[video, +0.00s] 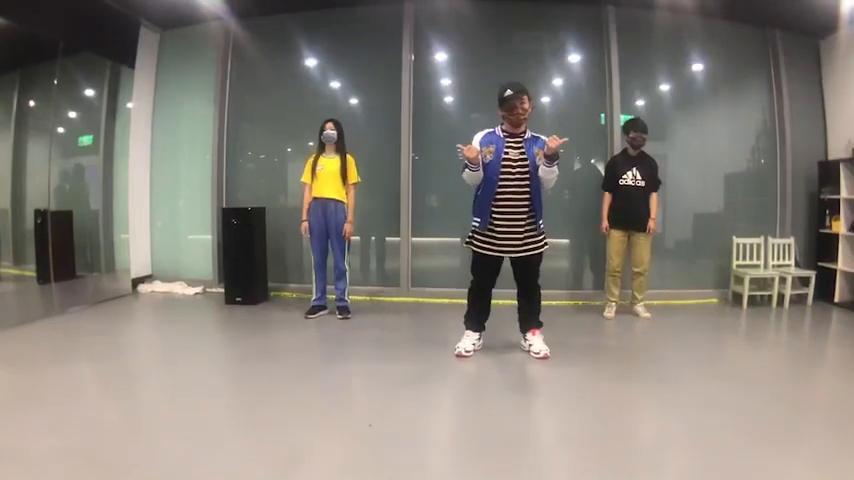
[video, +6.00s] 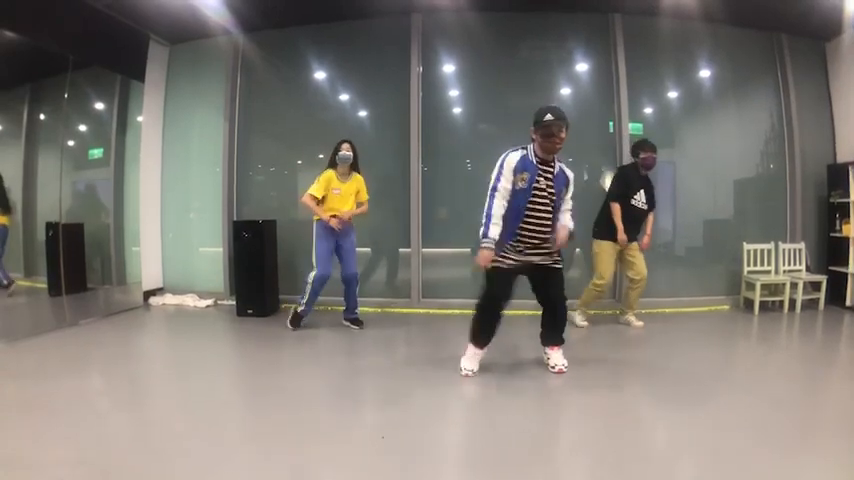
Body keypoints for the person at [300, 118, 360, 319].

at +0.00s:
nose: (329, 133)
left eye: (333, 129)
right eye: (325, 130)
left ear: (339, 134)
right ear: (321, 135)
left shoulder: (347, 159)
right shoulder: (313, 160)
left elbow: (351, 191)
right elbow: (308, 189)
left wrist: (350, 220)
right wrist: (304, 217)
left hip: (338, 204)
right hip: (316, 203)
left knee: (340, 258)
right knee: (318, 257)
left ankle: (342, 302)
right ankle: (319, 301)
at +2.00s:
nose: (331, 139)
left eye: (335, 136)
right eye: (327, 136)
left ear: (341, 140)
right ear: (323, 141)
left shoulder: (349, 165)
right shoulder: (317, 166)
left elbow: (354, 196)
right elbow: (313, 197)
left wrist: (351, 226)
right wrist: (310, 226)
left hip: (341, 211)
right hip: (321, 211)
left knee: (344, 263)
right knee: (323, 263)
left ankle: (348, 309)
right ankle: (324, 308)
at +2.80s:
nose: (330, 142)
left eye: (334, 139)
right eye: (326, 139)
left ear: (341, 144)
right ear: (322, 144)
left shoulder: (344, 167)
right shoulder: (315, 170)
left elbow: (349, 197)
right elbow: (308, 199)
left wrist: (327, 220)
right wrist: (302, 223)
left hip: (340, 217)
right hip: (320, 216)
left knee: (340, 267)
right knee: (316, 266)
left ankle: (355, 311)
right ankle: (316, 311)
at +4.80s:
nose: (341, 141)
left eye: (345, 139)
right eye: (337, 138)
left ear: (350, 145)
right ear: (332, 144)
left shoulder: (355, 169)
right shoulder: (322, 166)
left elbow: (361, 198)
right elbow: (308, 191)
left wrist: (343, 221)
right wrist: (311, 219)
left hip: (347, 214)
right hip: (326, 214)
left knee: (352, 265)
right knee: (324, 266)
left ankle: (350, 311)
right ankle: (301, 309)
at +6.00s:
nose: (345, 153)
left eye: (349, 150)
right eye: (342, 150)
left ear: (354, 156)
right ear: (336, 155)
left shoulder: (358, 179)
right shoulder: (327, 176)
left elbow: (364, 207)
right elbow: (306, 199)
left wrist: (349, 213)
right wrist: (327, 218)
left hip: (346, 228)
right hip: (324, 226)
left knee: (351, 273)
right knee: (323, 272)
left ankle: (351, 314)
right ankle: (301, 312)